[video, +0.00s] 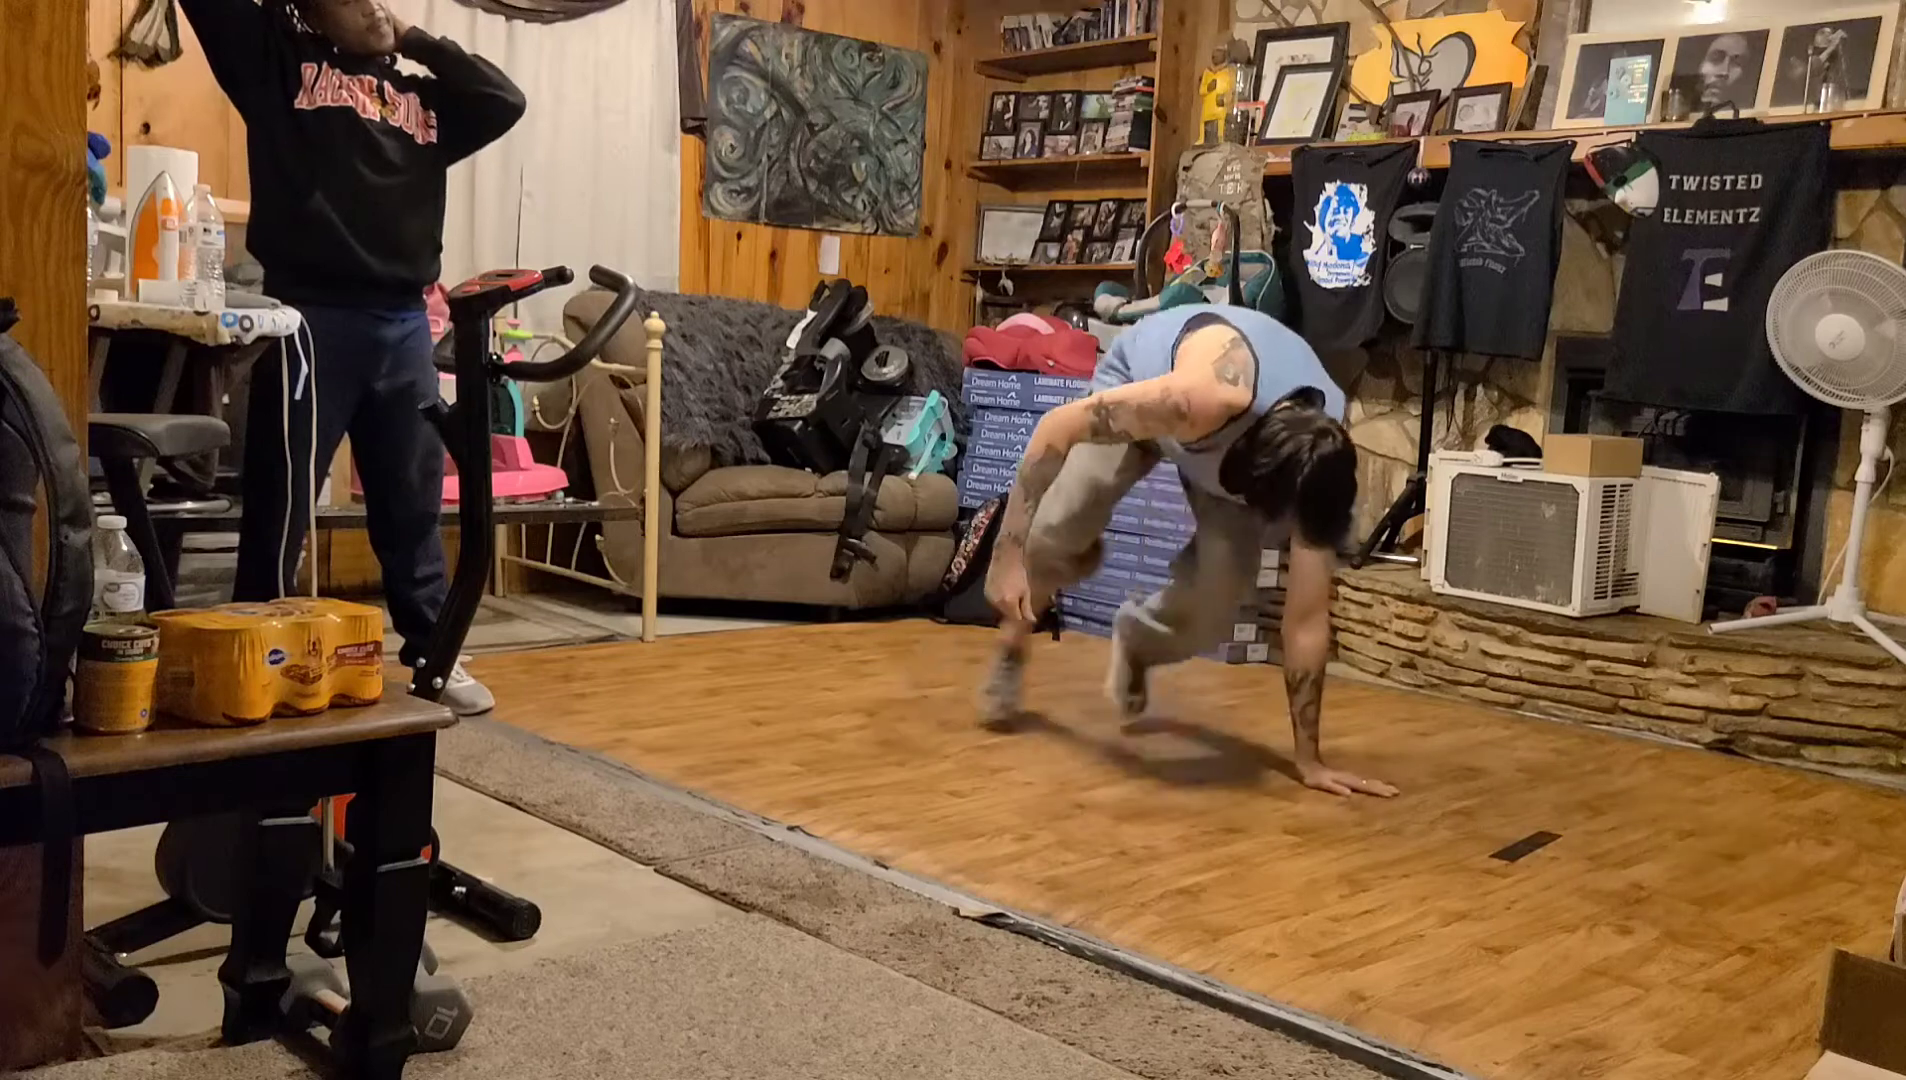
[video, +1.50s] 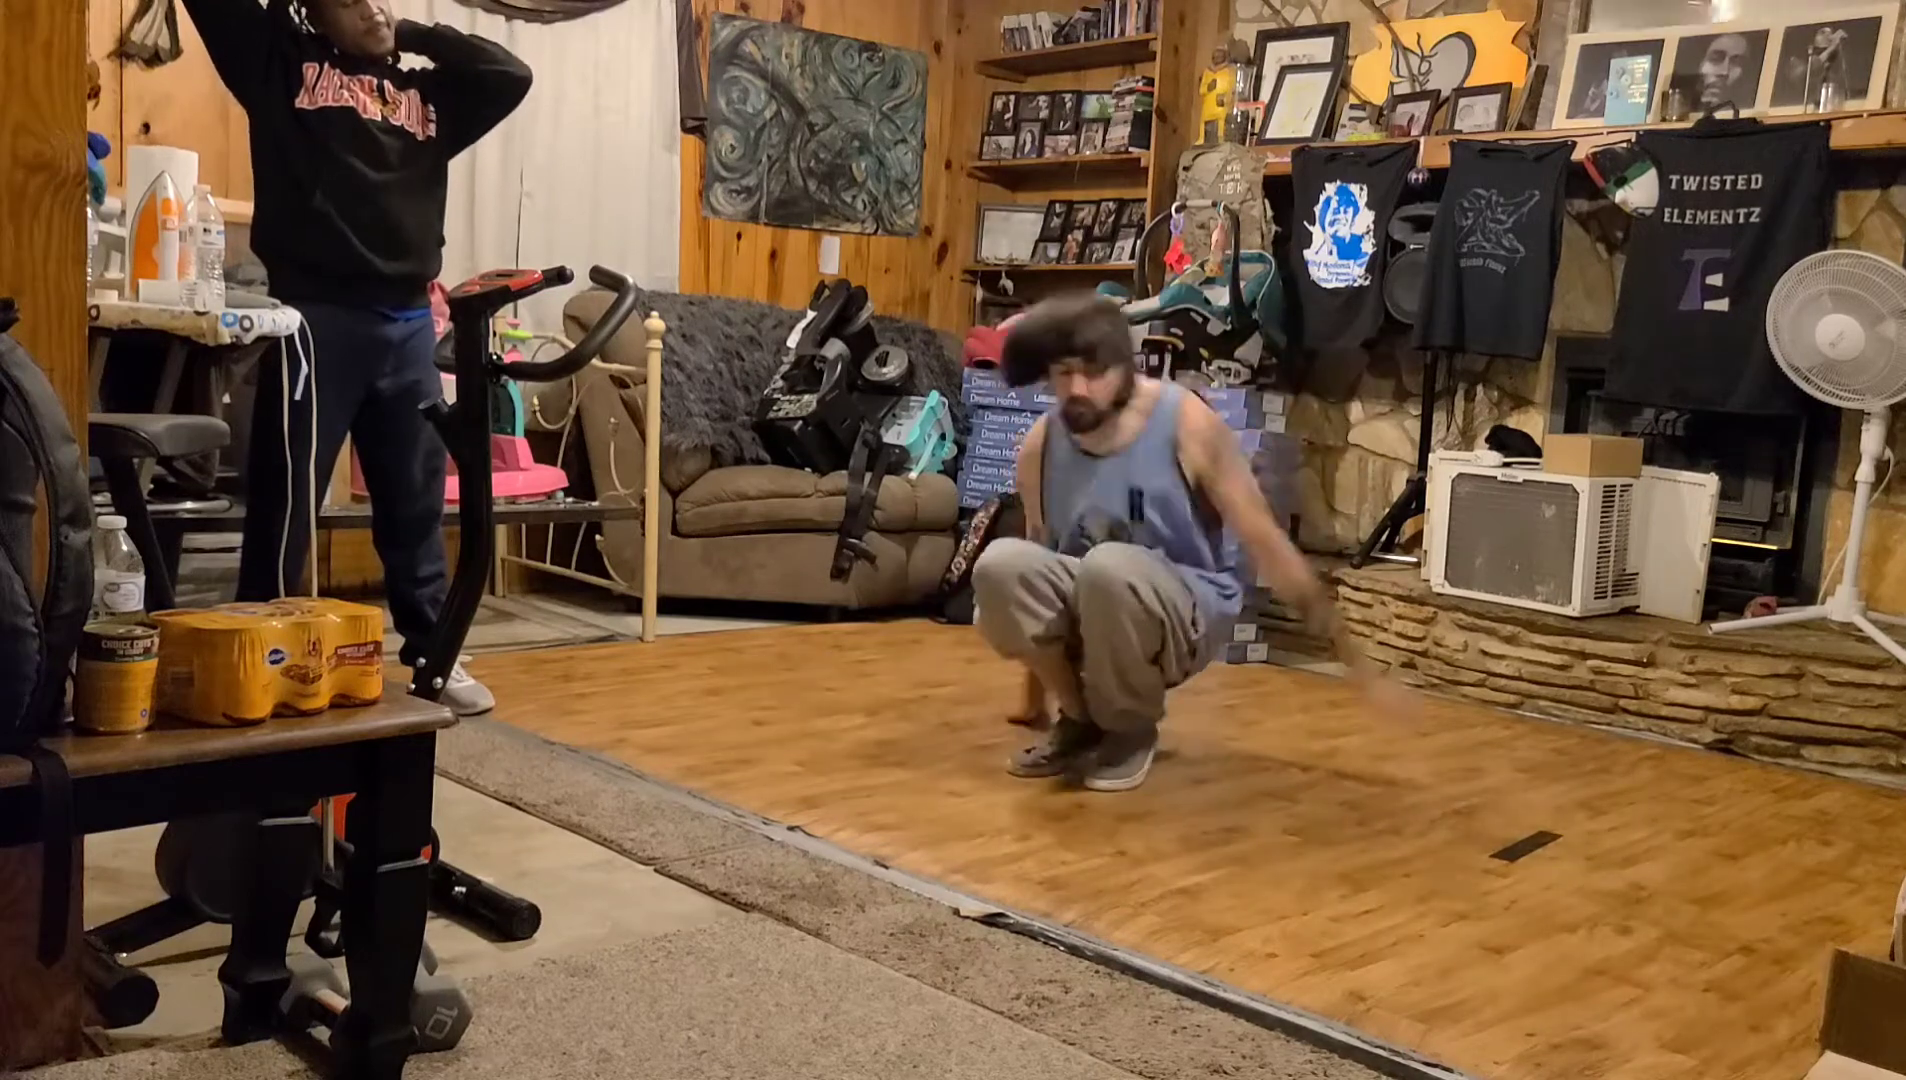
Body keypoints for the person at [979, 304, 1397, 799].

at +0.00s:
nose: (1289, 527)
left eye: (1301, 520)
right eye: (1287, 516)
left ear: (1325, 482)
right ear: (1261, 475)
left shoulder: (1322, 469)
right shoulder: (1196, 401)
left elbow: (1307, 618)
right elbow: (1057, 428)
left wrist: (1310, 759)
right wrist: (1008, 552)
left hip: (1231, 446)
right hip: (1140, 388)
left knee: (1215, 606)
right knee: (1057, 530)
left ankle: (1136, 638)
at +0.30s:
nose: (1246, 457)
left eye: (1267, 453)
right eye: (1241, 440)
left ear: (1298, 447)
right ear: (1230, 411)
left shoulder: (1305, 483)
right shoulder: (1190, 395)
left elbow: (1300, 628)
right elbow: (1115, 446)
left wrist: (1307, 759)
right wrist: (1222, 448)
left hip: (1216, 599)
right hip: (1130, 558)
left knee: (1113, 597)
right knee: (1024, 560)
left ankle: (1124, 711)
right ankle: (1088, 691)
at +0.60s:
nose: (1292, 431)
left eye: (1313, 432)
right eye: (1291, 409)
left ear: (1346, 434)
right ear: (1299, 371)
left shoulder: (1333, 484)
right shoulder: (1256, 347)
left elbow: (1313, 621)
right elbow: (1140, 317)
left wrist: (1308, 758)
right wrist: (1138, 345)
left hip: (1183, 558)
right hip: (1113, 496)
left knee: (1076, 543)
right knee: (953, 537)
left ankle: (935, 730)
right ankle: (827, 697)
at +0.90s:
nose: (1160, 421)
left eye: (1180, 411)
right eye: (1153, 401)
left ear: (1228, 417)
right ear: (1147, 385)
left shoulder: (1260, 490)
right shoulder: (1107, 402)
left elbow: (1281, 632)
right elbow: (1032, 490)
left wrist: (1317, 757)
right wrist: (942, 589)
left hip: (1202, 610)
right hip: (1109, 576)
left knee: (1083, 566)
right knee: (992, 544)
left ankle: (1149, 734)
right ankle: (1086, 717)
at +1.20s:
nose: (1028, 376)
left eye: (1038, 356)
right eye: (1012, 365)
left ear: (1065, 338)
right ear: (997, 369)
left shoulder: (1116, 340)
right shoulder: (1028, 452)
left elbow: (1198, 287)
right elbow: (1063, 595)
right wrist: (1058, 727)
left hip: (1219, 566)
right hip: (1117, 580)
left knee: (1134, 515)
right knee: (1017, 524)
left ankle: (1188, 769)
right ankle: (1055, 761)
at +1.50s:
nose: (1077, 390)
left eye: (1093, 373)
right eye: (1062, 375)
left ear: (1127, 369)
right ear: (1046, 378)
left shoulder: (1190, 425)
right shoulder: (1039, 451)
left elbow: (1264, 539)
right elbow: (1036, 569)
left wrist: (1339, 638)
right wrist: (1037, 688)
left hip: (1191, 616)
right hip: (1088, 611)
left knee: (1107, 569)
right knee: (1001, 566)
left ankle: (1129, 730)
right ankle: (1076, 723)